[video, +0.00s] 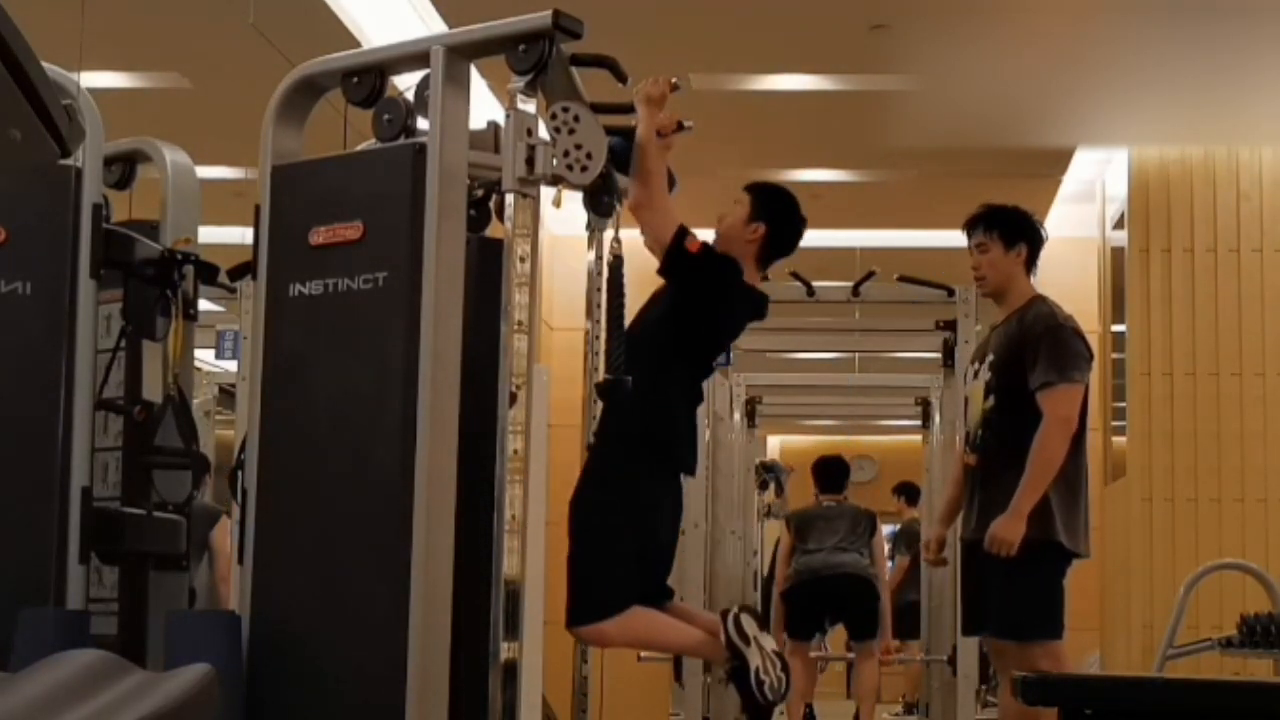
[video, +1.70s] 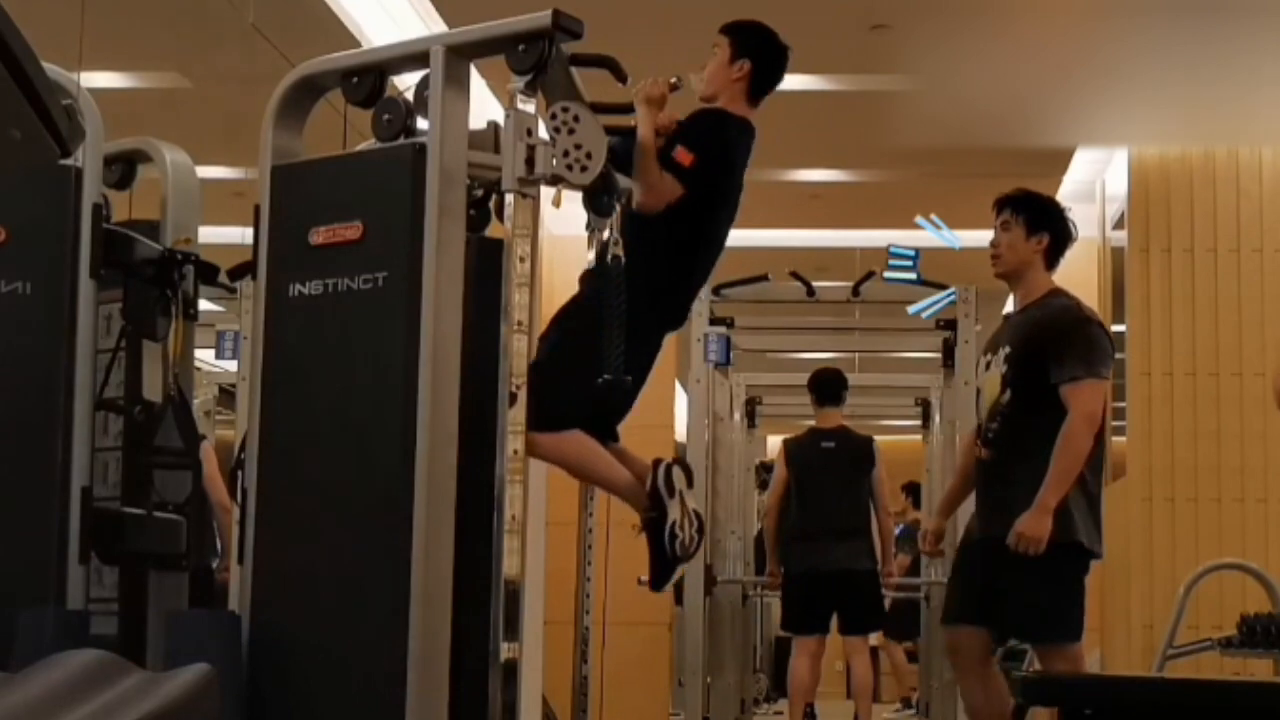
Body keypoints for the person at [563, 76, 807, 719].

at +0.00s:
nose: (721, 213)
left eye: (733, 209)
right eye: (729, 207)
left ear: (755, 231)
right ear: (759, 237)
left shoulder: (715, 279)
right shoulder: (724, 284)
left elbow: (651, 208)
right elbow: (654, 215)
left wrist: (646, 124)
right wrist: (658, 138)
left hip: (630, 456)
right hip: (652, 457)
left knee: (595, 619)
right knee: (637, 600)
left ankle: (727, 650)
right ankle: (731, 632)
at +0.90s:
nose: (738, 189)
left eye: (749, 184)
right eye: (746, 182)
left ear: (769, 204)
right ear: (775, 215)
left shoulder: (731, 246)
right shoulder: (747, 268)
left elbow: (647, 201)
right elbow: (648, 228)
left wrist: (647, 123)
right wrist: (657, 148)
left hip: (608, 399)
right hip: (633, 408)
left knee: (543, 550)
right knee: (589, 543)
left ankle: (667, 585)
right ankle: (674, 593)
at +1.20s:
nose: (723, 115)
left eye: (733, 105)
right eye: (730, 104)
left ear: (754, 120)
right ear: (768, 129)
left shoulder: (731, 170)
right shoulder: (756, 187)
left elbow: (640, 190)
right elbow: (648, 209)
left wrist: (646, 121)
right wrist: (656, 149)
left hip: (619, 329)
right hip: (646, 343)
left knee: (530, 456)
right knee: (579, 459)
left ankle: (621, 524)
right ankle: (640, 529)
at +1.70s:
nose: (704, 66)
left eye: (715, 56)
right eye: (711, 55)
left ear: (740, 69)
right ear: (751, 76)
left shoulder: (714, 128)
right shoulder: (728, 130)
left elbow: (651, 194)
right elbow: (661, 195)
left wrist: (647, 120)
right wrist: (659, 128)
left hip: (631, 292)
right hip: (650, 300)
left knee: (542, 431)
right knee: (587, 432)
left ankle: (648, 501)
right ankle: (658, 482)